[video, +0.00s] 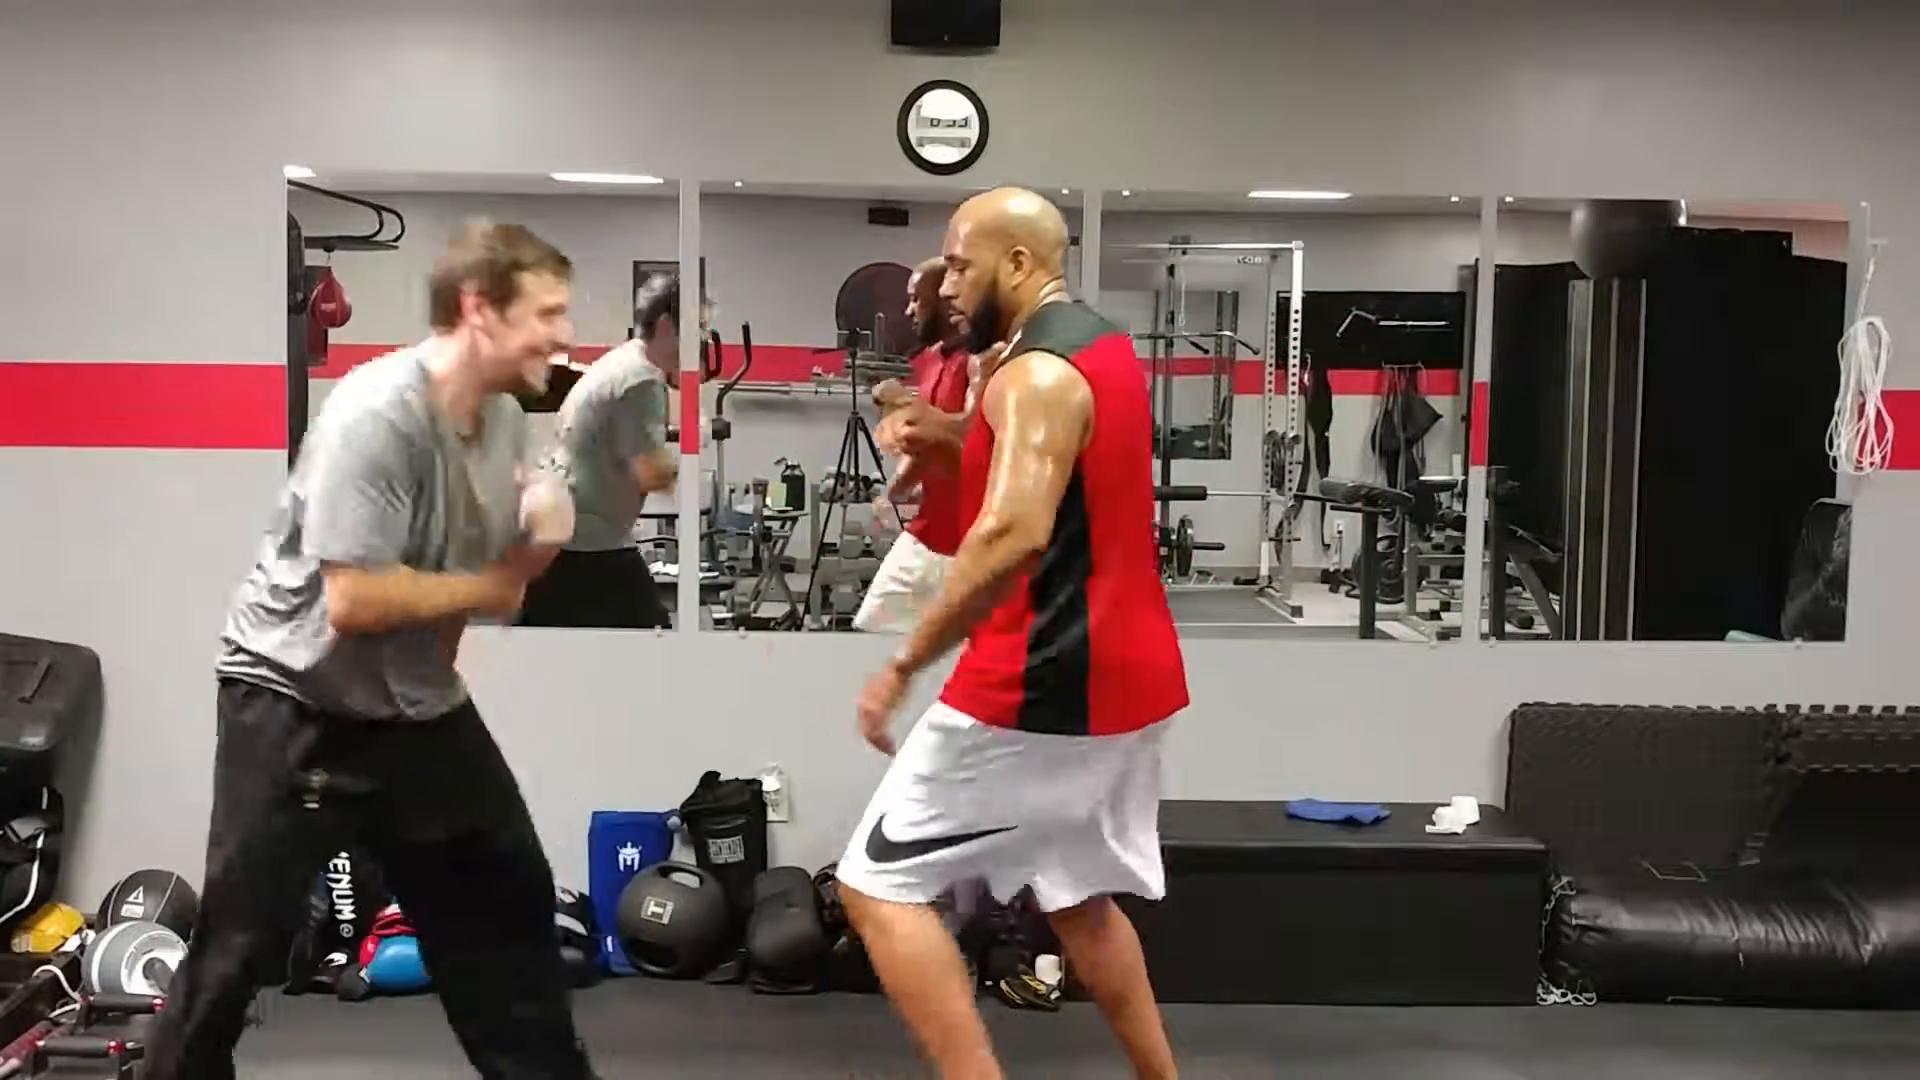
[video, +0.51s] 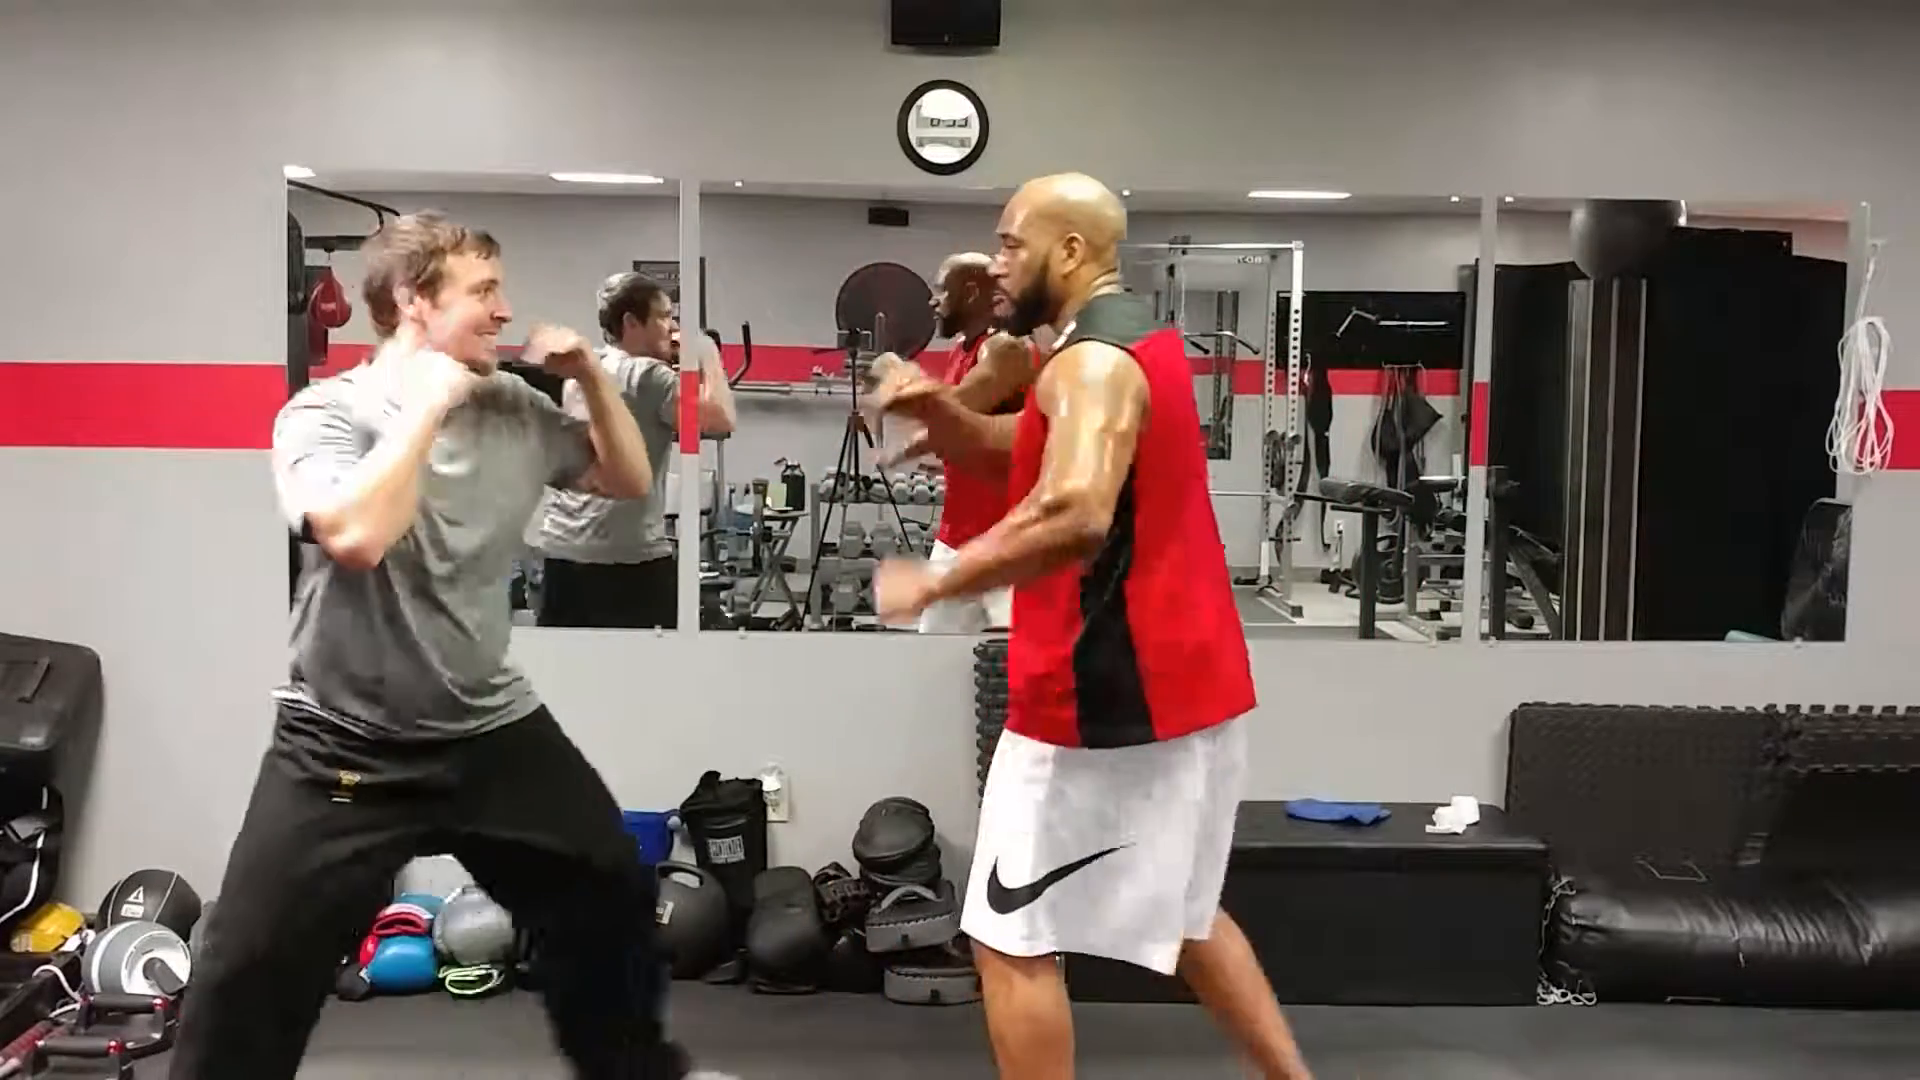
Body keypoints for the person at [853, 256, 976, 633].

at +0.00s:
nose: (909, 311)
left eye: (916, 299)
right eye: (909, 300)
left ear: (945, 300)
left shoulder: (970, 362)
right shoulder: (928, 360)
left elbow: (968, 433)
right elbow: (924, 442)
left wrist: (912, 406)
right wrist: (891, 494)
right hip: (924, 530)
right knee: (869, 633)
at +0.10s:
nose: (912, 308)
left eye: (919, 297)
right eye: (912, 298)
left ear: (951, 299)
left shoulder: (983, 362)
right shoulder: (924, 361)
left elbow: (994, 442)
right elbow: (914, 439)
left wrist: (923, 418)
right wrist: (913, 450)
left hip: (969, 546)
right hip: (924, 542)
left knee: (976, 666)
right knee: (895, 654)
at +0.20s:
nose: (907, 306)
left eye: (915, 296)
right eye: (908, 296)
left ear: (944, 301)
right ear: (935, 305)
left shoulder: (983, 361)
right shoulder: (927, 359)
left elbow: (990, 444)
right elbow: (928, 448)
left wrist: (920, 427)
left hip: (967, 544)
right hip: (928, 540)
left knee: (968, 669)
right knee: (910, 660)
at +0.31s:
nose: (906, 304)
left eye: (914, 293)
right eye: (907, 294)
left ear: (944, 300)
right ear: (936, 304)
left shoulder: (979, 358)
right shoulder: (927, 356)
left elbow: (983, 435)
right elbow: (925, 443)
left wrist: (913, 418)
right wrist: (917, 508)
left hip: (972, 535)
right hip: (934, 533)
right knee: (921, 653)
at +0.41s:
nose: (916, 302)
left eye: (924, 291)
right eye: (917, 292)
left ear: (954, 293)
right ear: (945, 297)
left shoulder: (989, 351)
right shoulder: (942, 352)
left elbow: (962, 418)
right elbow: (939, 436)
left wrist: (896, 397)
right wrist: (908, 491)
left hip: (990, 540)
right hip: (945, 533)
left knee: (999, 664)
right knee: (932, 649)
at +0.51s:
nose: (933, 302)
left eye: (941, 290)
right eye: (935, 291)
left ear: (974, 291)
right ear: (971, 293)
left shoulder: (1006, 351)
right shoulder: (962, 352)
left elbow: (945, 416)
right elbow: (947, 431)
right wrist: (898, 455)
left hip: (1005, 540)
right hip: (955, 536)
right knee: (937, 661)